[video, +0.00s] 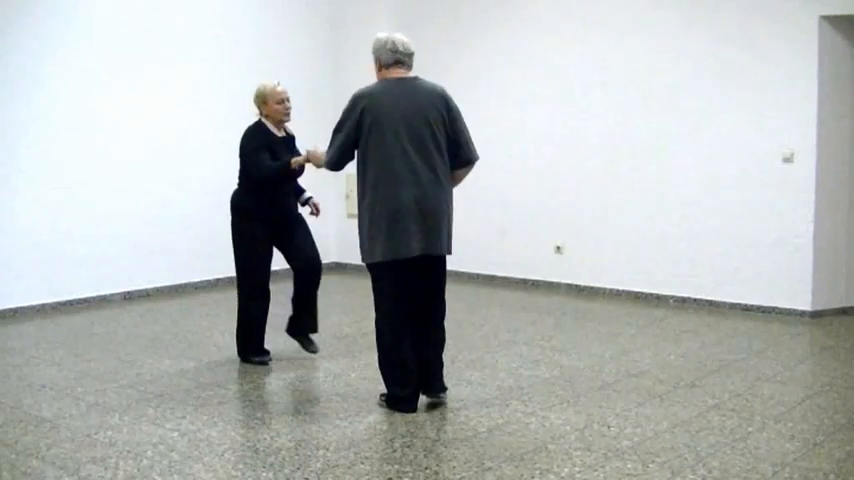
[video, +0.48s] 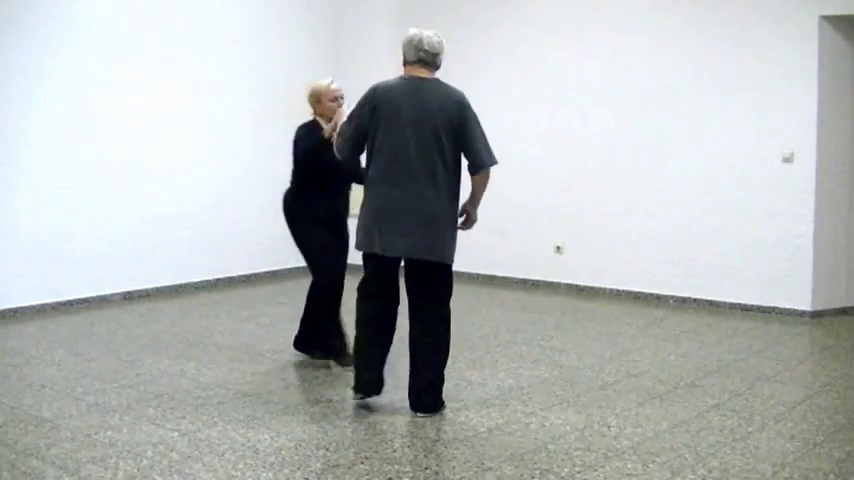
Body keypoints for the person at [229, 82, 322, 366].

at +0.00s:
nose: (288, 105)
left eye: (288, 101)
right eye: (281, 102)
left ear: (287, 104)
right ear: (264, 108)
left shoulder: (287, 137)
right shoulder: (253, 137)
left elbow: (287, 177)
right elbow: (260, 173)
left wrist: (305, 198)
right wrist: (293, 164)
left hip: (283, 214)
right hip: (252, 217)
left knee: (310, 266)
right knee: (254, 283)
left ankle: (300, 327)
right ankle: (250, 349)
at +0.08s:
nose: (293, 109)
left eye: (293, 104)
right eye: (286, 106)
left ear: (293, 108)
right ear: (269, 111)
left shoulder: (292, 141)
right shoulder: (258, 140)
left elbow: (292, 180)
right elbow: (265, 176)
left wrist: (310, 199)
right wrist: (297, 168)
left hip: (289, 217)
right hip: (257, 221)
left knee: (314, 271)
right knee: (260, 285)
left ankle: (310, 334)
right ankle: (250, 349)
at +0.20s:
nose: (305, 112)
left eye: (305, 107)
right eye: (298, 109)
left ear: (304, 111)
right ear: (281, 115)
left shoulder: (305, 144)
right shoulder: (271, 143)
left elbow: (306, 184)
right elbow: (273, 179)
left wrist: (328, 200)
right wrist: (303, 167)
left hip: (301, 223)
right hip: (271, 226)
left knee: (319, 283)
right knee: (272, 288)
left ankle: (309, 345)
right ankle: (253, 349)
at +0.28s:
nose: (314, 108)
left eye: (315, 103)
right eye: (307, 105)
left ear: (315, 108)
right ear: (291, 112)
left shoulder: (318, 141)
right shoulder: (281, 139)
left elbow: (320, 181)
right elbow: (281, 176)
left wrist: (343, 194)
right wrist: (310, 158)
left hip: (312, 218)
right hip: (281, 219)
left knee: (323, 281)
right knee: (287, 281)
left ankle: (310, 344)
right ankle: (261, 343)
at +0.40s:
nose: (330, 102)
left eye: (330, 98)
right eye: (323, 99)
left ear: (330, 103)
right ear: (307, 106)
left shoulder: (332, 135)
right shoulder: (296, 132)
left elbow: (340, 173)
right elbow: (294, 166)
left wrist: (368, 181)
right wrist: (319, 146)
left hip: (324, 213)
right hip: (295, 211)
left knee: (329, 277)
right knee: (314, 274)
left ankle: (318, 346)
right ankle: (299, 341)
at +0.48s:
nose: (341, 104)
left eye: (341, 99)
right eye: (335, 100)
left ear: (338, 102)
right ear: (318, 105)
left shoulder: (344, 134)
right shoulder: (307, 133)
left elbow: (353, 171)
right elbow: (309, 169)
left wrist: (377, 178)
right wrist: (330, 138)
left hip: (333, 209)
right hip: (304, 209)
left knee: (334, 271)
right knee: (328, 271)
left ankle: (312, 338)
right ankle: (331, 342)